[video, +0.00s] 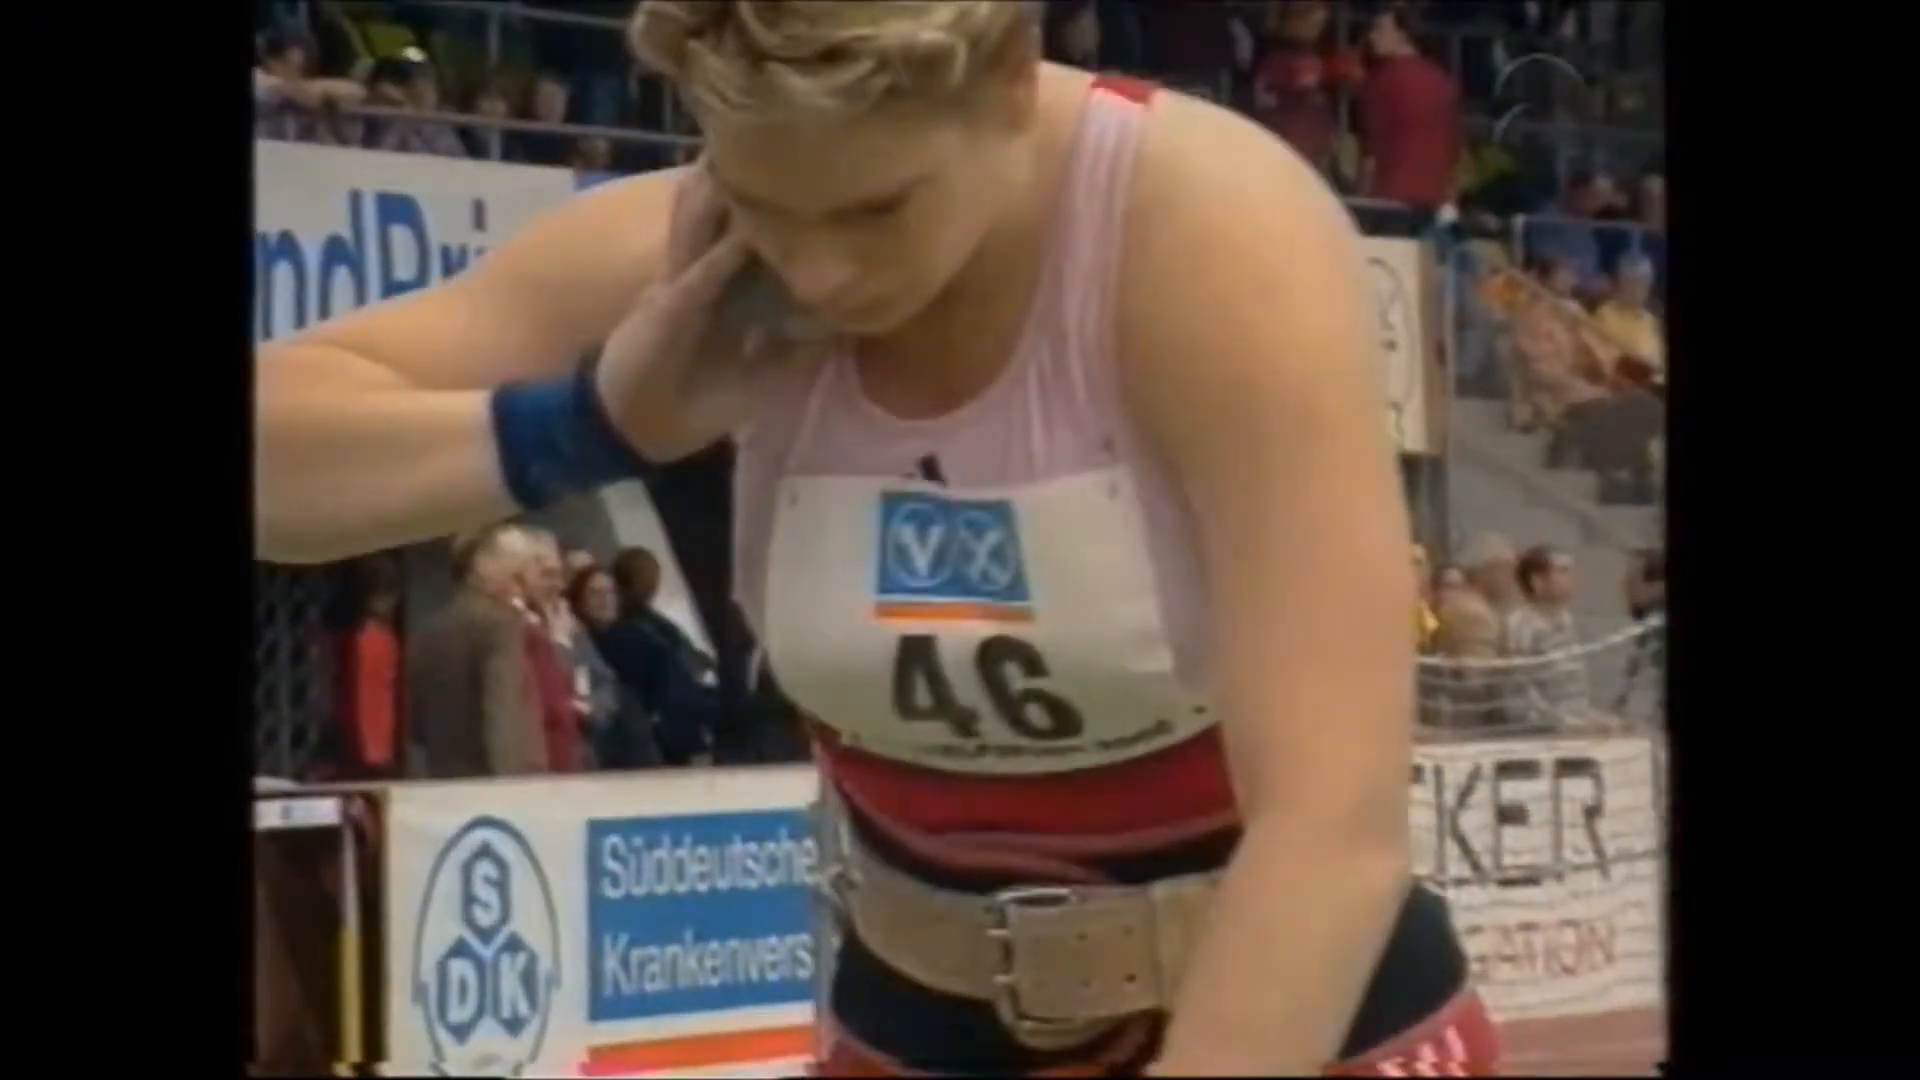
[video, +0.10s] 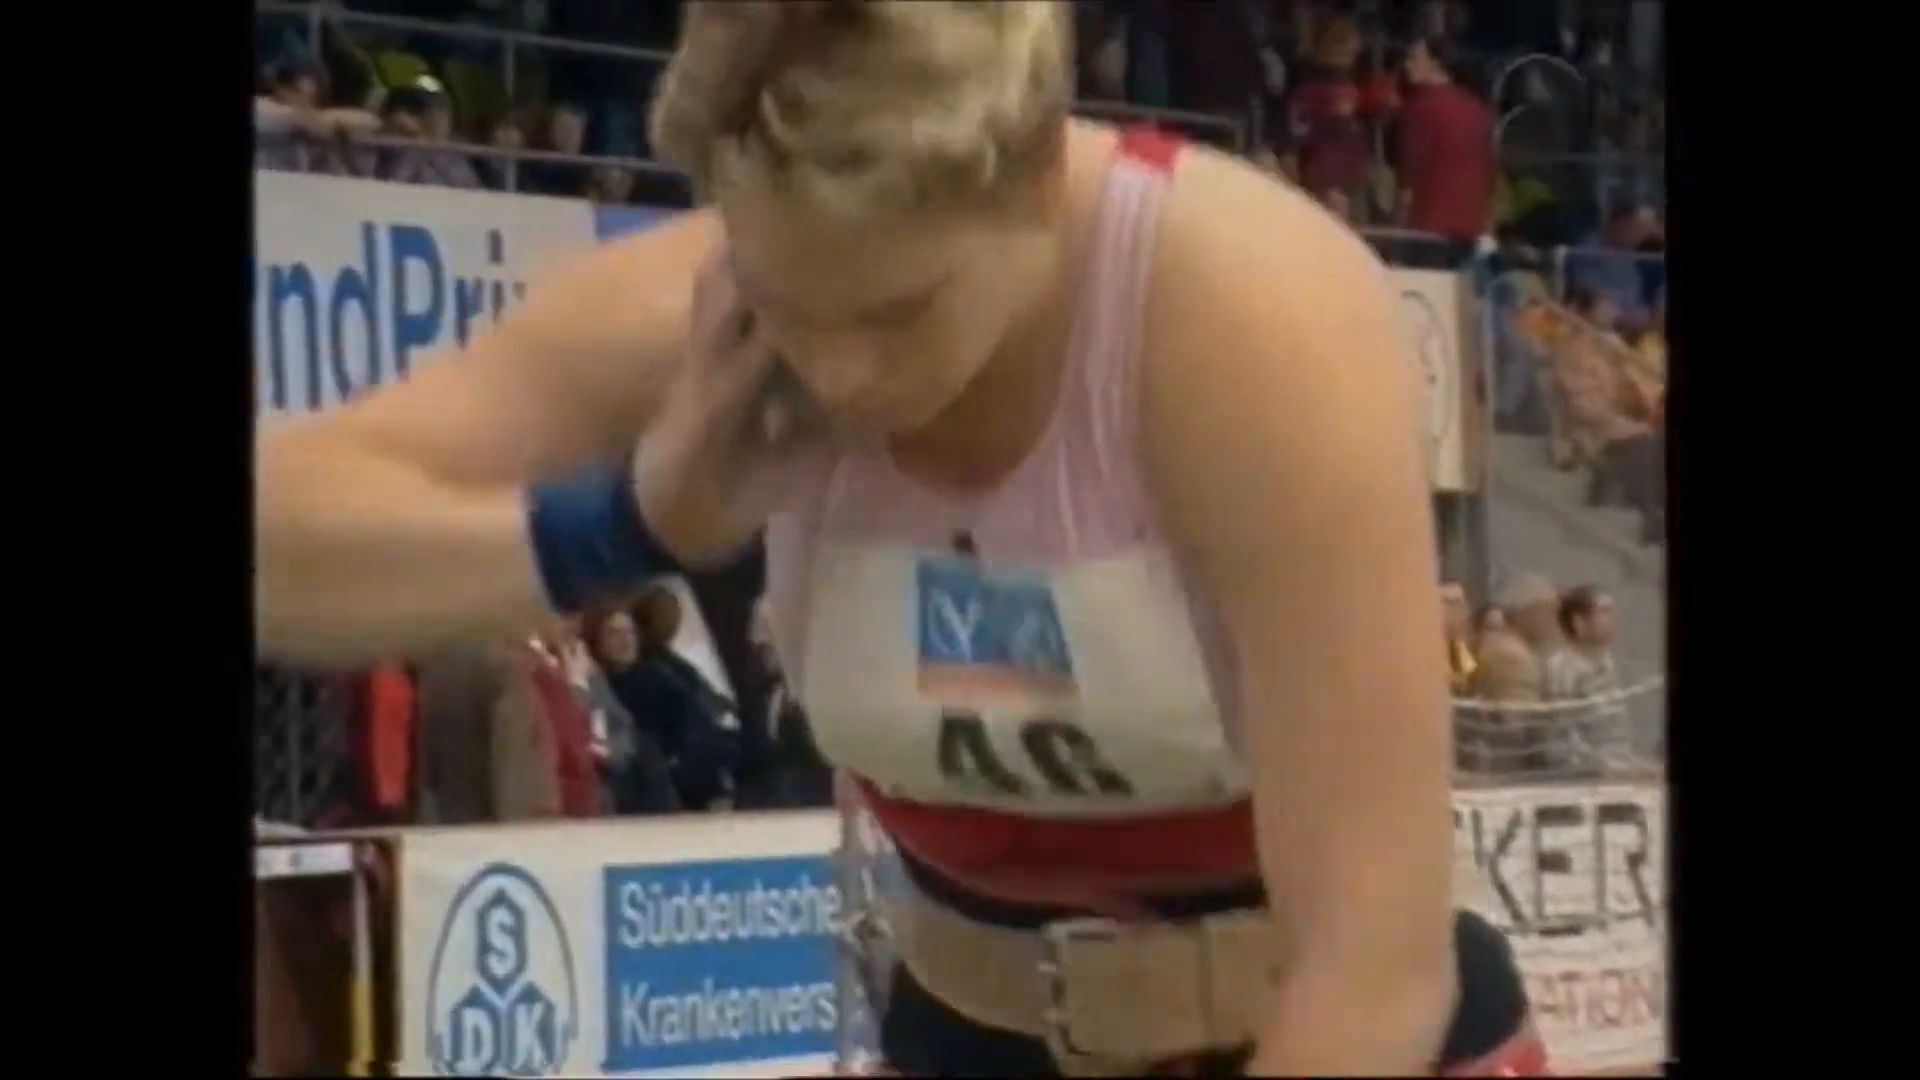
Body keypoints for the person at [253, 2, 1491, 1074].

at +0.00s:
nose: (811, 276)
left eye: (873, 215)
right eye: (758, 216)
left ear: (1011, 94)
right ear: (703, 139)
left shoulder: (1210, 225)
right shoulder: (662, 249)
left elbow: (1335, 822)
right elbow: (263, 465)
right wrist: (584, 430)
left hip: (1268, 1004)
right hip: (914, 1028)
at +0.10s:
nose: (837, 380)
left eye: (898, 317)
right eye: (784, 318)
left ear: (1039, 189)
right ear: (729, 229)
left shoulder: (1253, 309)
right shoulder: (674, 316)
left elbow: (1375, 957)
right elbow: (269, 548)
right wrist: (624, 528)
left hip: (1303, 1014)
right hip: (962, 1021)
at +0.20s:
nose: (854, 520)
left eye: (912, 461)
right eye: (802, 459)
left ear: (1050, 326)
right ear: (740, 361)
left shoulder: (1281, 419)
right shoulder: (695, 402)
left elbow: (1402, 1017)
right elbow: (288, 700)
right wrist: (673, 670)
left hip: (1331, 1022)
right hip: (1011, 1018)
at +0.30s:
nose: (893, 781)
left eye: (947, 730)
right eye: (841, 727)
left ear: (1079, 590)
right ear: (765, 616)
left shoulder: (1315, 651)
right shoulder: (699, 613)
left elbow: (1452, 1057)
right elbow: (327, 976)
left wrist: (1135, 1071)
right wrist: (731, 924)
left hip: (1430, 1025)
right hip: (1084, 1010)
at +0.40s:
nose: (923, 947)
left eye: (967, 905)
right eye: (871, 907)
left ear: (1085, 755)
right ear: (789, 767)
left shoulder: (1334, 779)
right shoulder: (684, 746)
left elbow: (1417, 1062)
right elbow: (418, 1031)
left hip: (1433, 1021)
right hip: (1085, 1007)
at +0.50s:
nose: (889, 1071)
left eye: (953, 1048)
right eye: (833, 1046)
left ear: (1067, 956)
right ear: (781, 929)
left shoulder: (1318, 963)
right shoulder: (680, 876)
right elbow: (455, 1058)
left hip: (1511, 957)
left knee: (1620, 1028)